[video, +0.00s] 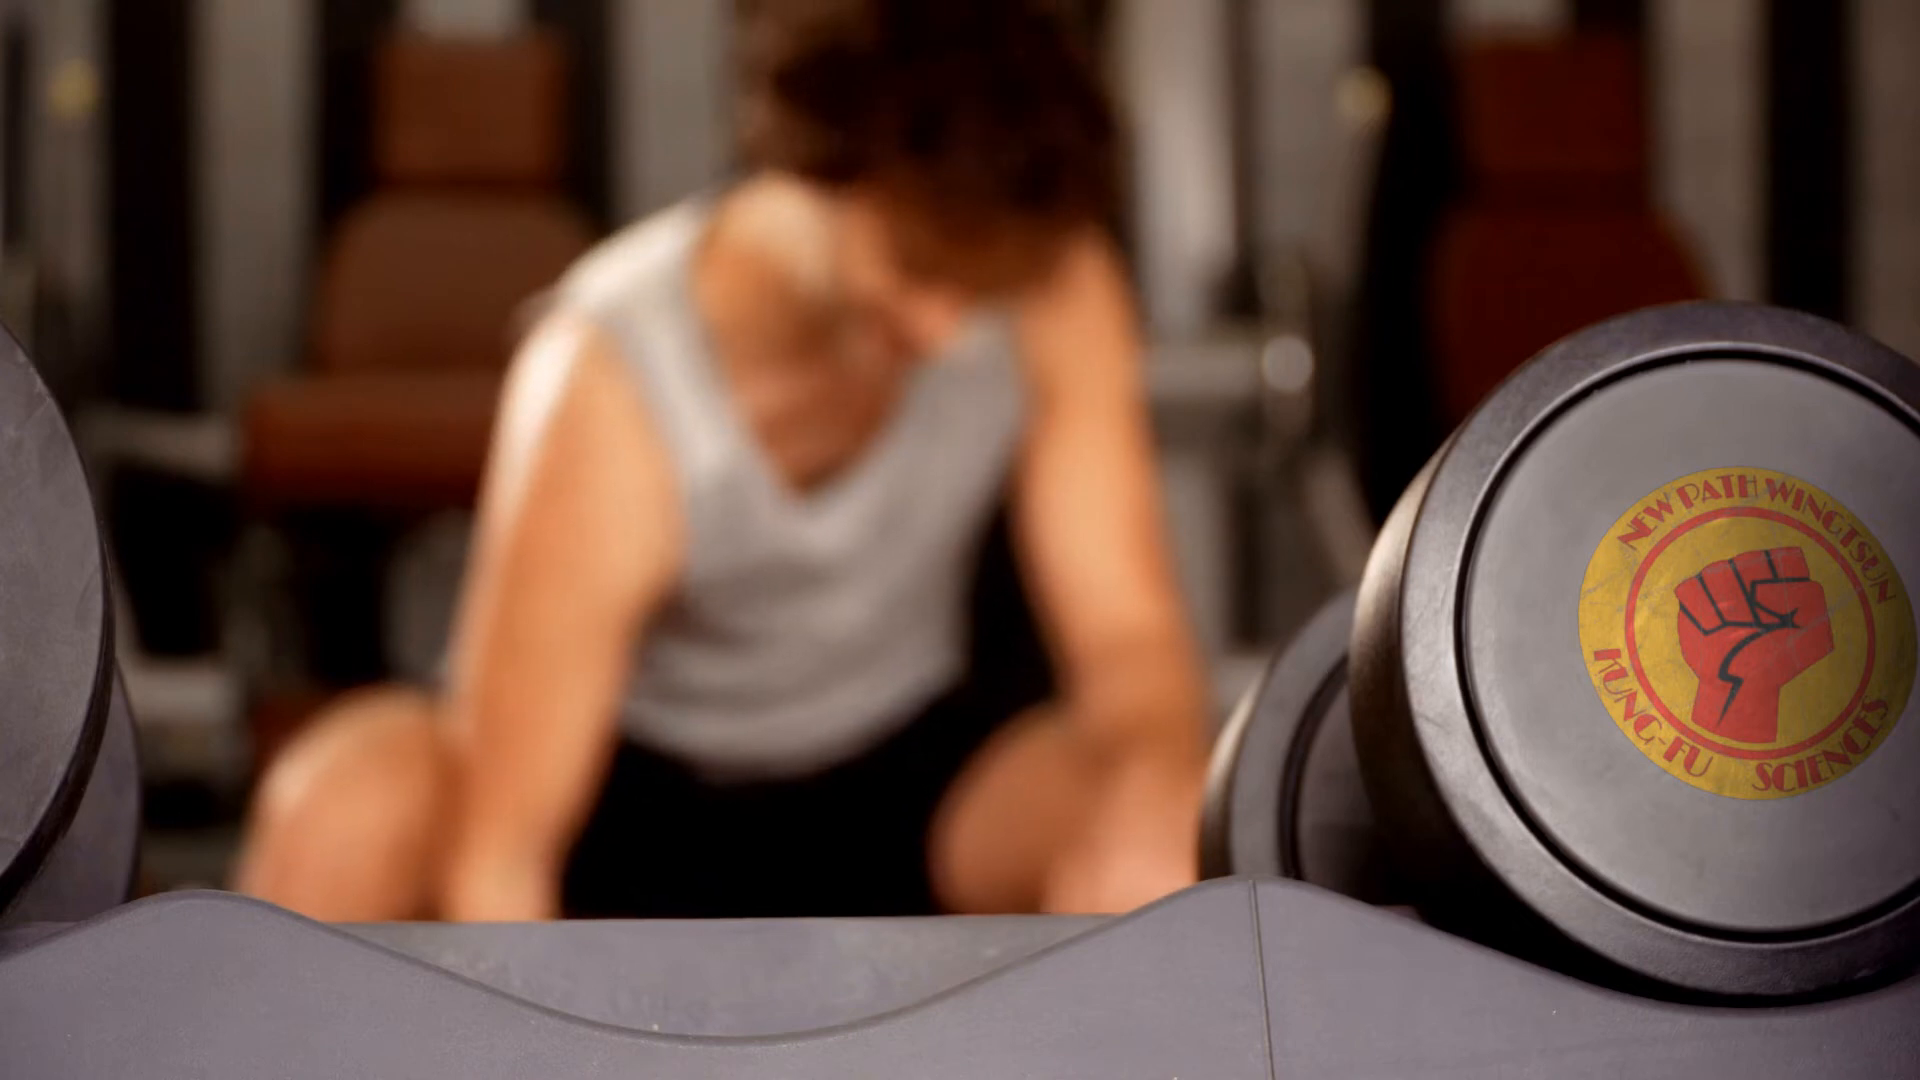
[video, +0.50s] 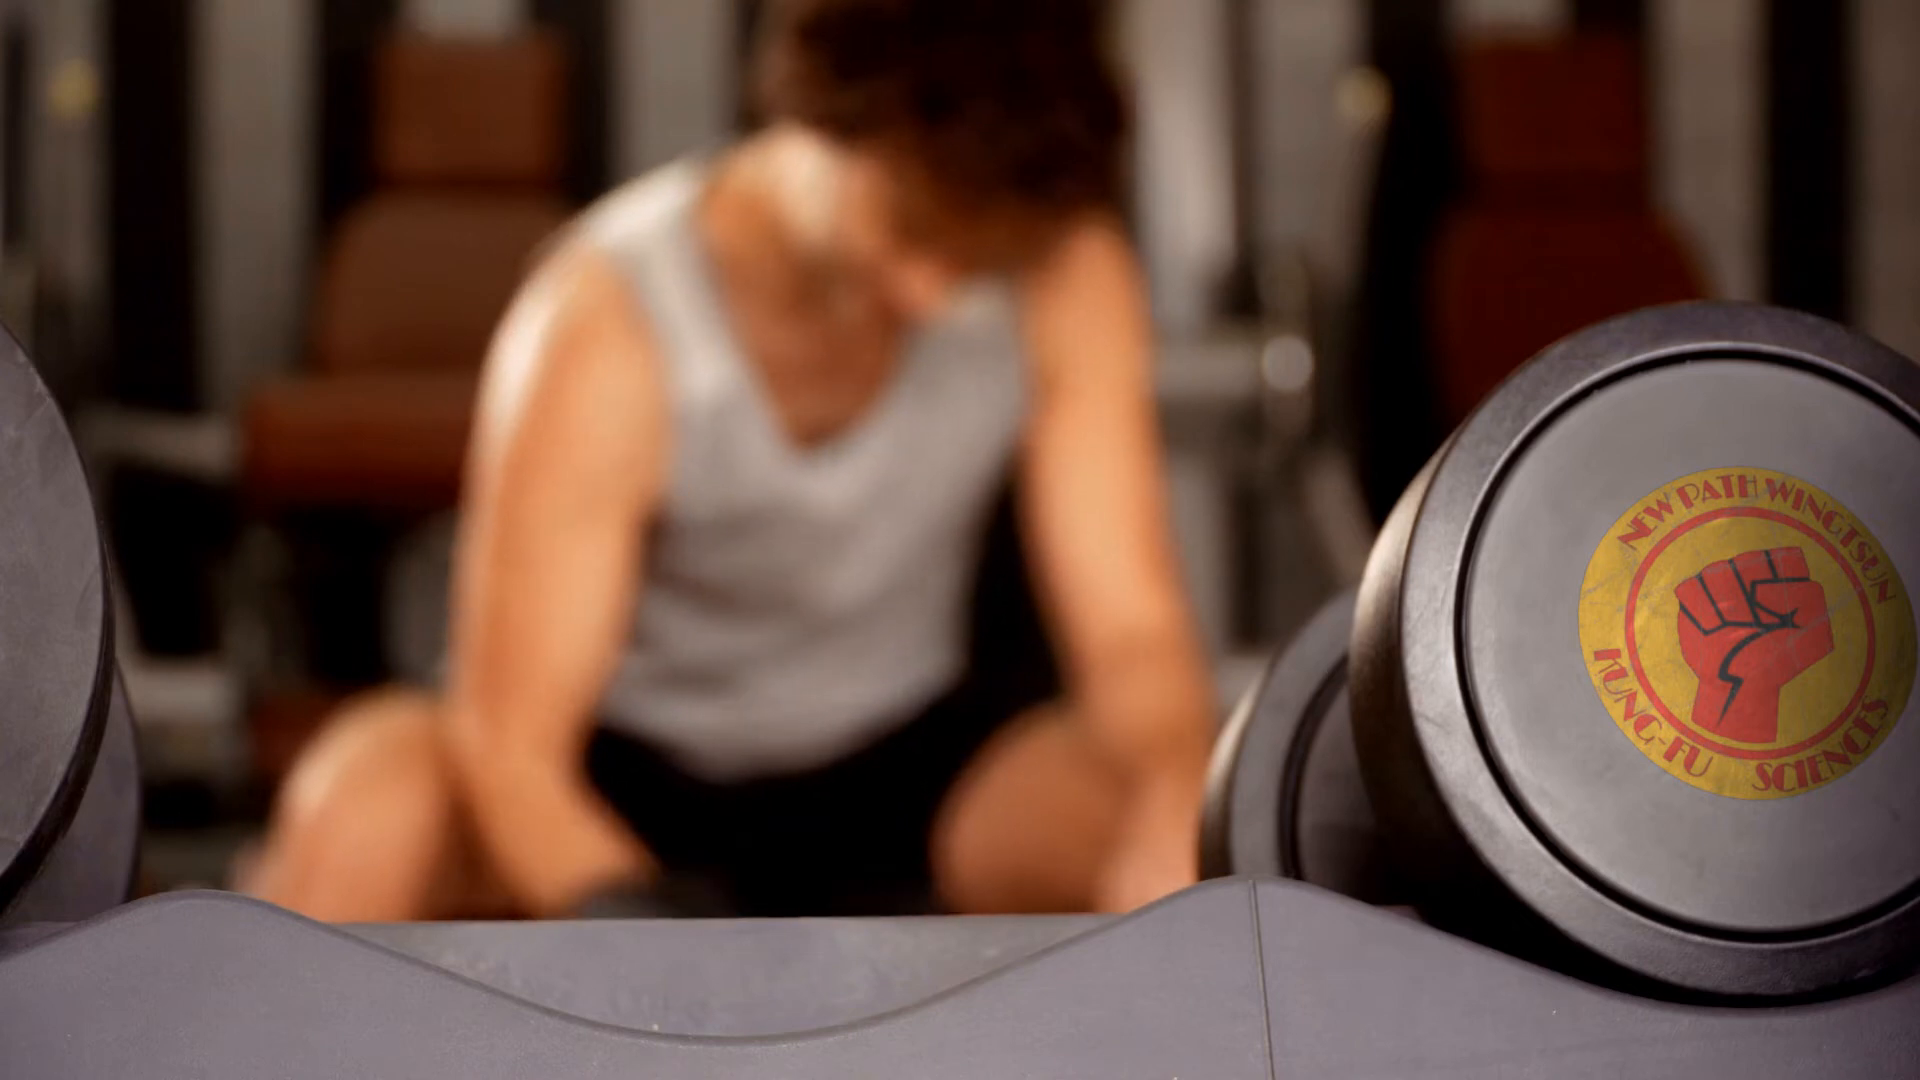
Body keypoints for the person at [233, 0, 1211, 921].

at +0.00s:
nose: (946, 331)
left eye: (991, 286)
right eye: (914, 274)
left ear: (1040, 243)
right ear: (821, 175)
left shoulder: (1049, 276)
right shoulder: (611, 375)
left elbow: (1129, 654)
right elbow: (504, 849)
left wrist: (1149, 855)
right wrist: (535, 1074)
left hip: (902, 789)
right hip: (627, 804)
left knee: (1156, 803)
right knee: (343, 790)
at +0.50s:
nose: (932, 299)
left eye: (982, 262)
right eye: (906, 242)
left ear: (1041, 219)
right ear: (825, 137)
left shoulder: (1058, 263)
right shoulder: (604, 313)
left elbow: (1132, 641)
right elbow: (510, 749)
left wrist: (1169, 837)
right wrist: (672, 954)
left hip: (904, 773)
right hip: (628, 786)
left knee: (1189, 811)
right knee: (365, 788)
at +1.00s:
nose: (880, 303)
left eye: (922, 264)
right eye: (856, 247)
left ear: (978, 210)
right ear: (764, 147)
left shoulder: (1009, 260)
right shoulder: (492, 318)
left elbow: (1119, 634)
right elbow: (510, 748)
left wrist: (1182, 873)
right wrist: (733, 696)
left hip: (898, 782)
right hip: (599, 790)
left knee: (1170, 810)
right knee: (351, 800)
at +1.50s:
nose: (885, 277)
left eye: (930, 239)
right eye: (858, 223)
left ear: (985, 185)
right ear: (769, 128)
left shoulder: (1018, 257)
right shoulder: (517, 316)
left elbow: (1125, 635)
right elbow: (511, 748)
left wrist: (1181, 840)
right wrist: (750, 717)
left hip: (887, 783)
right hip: (596, 797)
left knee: (1182, 801)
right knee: (357, 798)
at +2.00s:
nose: (922, 297)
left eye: (976, 253)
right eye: (896, 234)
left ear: (1032, 206)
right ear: (804, 134)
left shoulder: (1055, 266)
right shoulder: (595, 334)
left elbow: (1136, 641)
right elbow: (523, 809)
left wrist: (1214, 832)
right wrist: (607, 1060)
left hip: (903, 782)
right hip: (628, 797)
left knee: (1195, 816)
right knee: (365, 798)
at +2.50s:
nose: (918, 311)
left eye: (967, 265)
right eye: (888, 248)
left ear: (1021, 221)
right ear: (793, 153)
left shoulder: (1044, 267)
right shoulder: (590, 366)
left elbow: (1135, 647)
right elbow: (521, 832)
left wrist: (1202, 857)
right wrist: (532, 1078)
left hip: (902, 785)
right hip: (623, 801)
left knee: (1194, 811)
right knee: (356, 797)